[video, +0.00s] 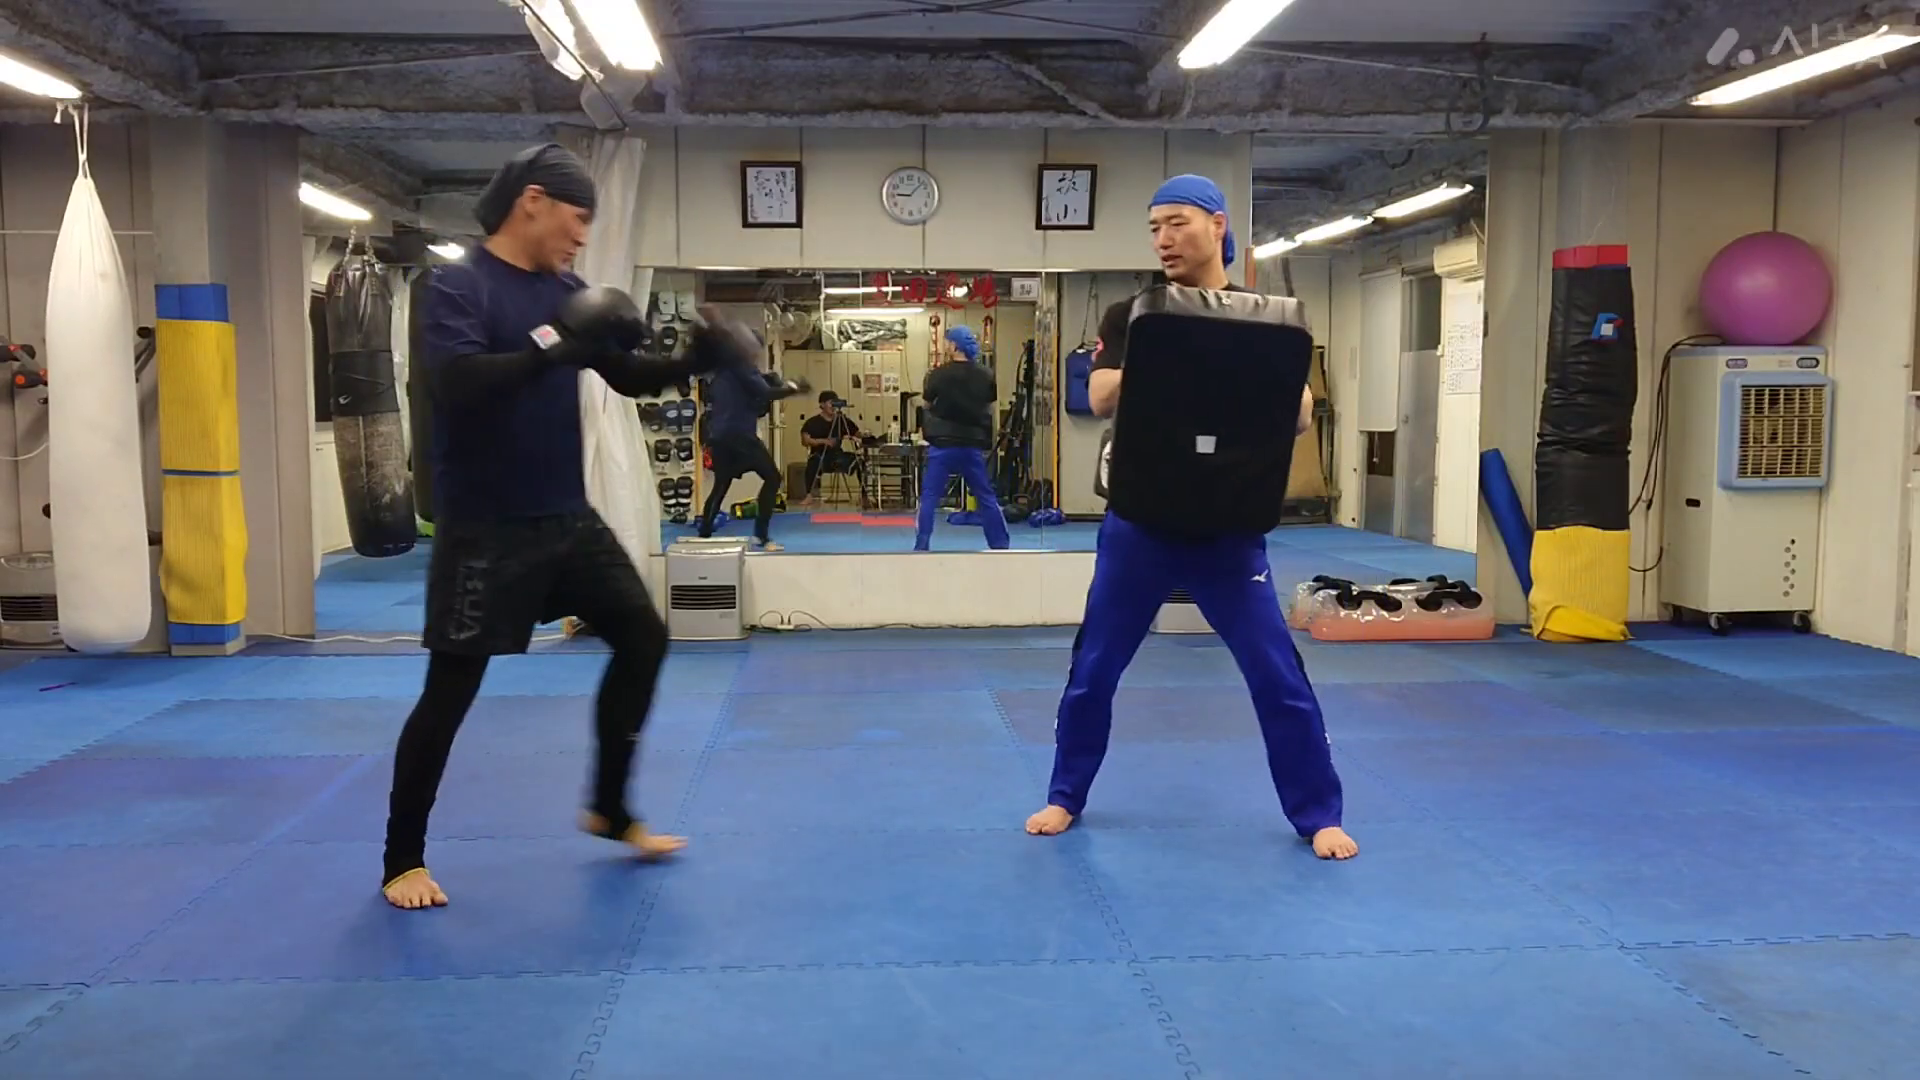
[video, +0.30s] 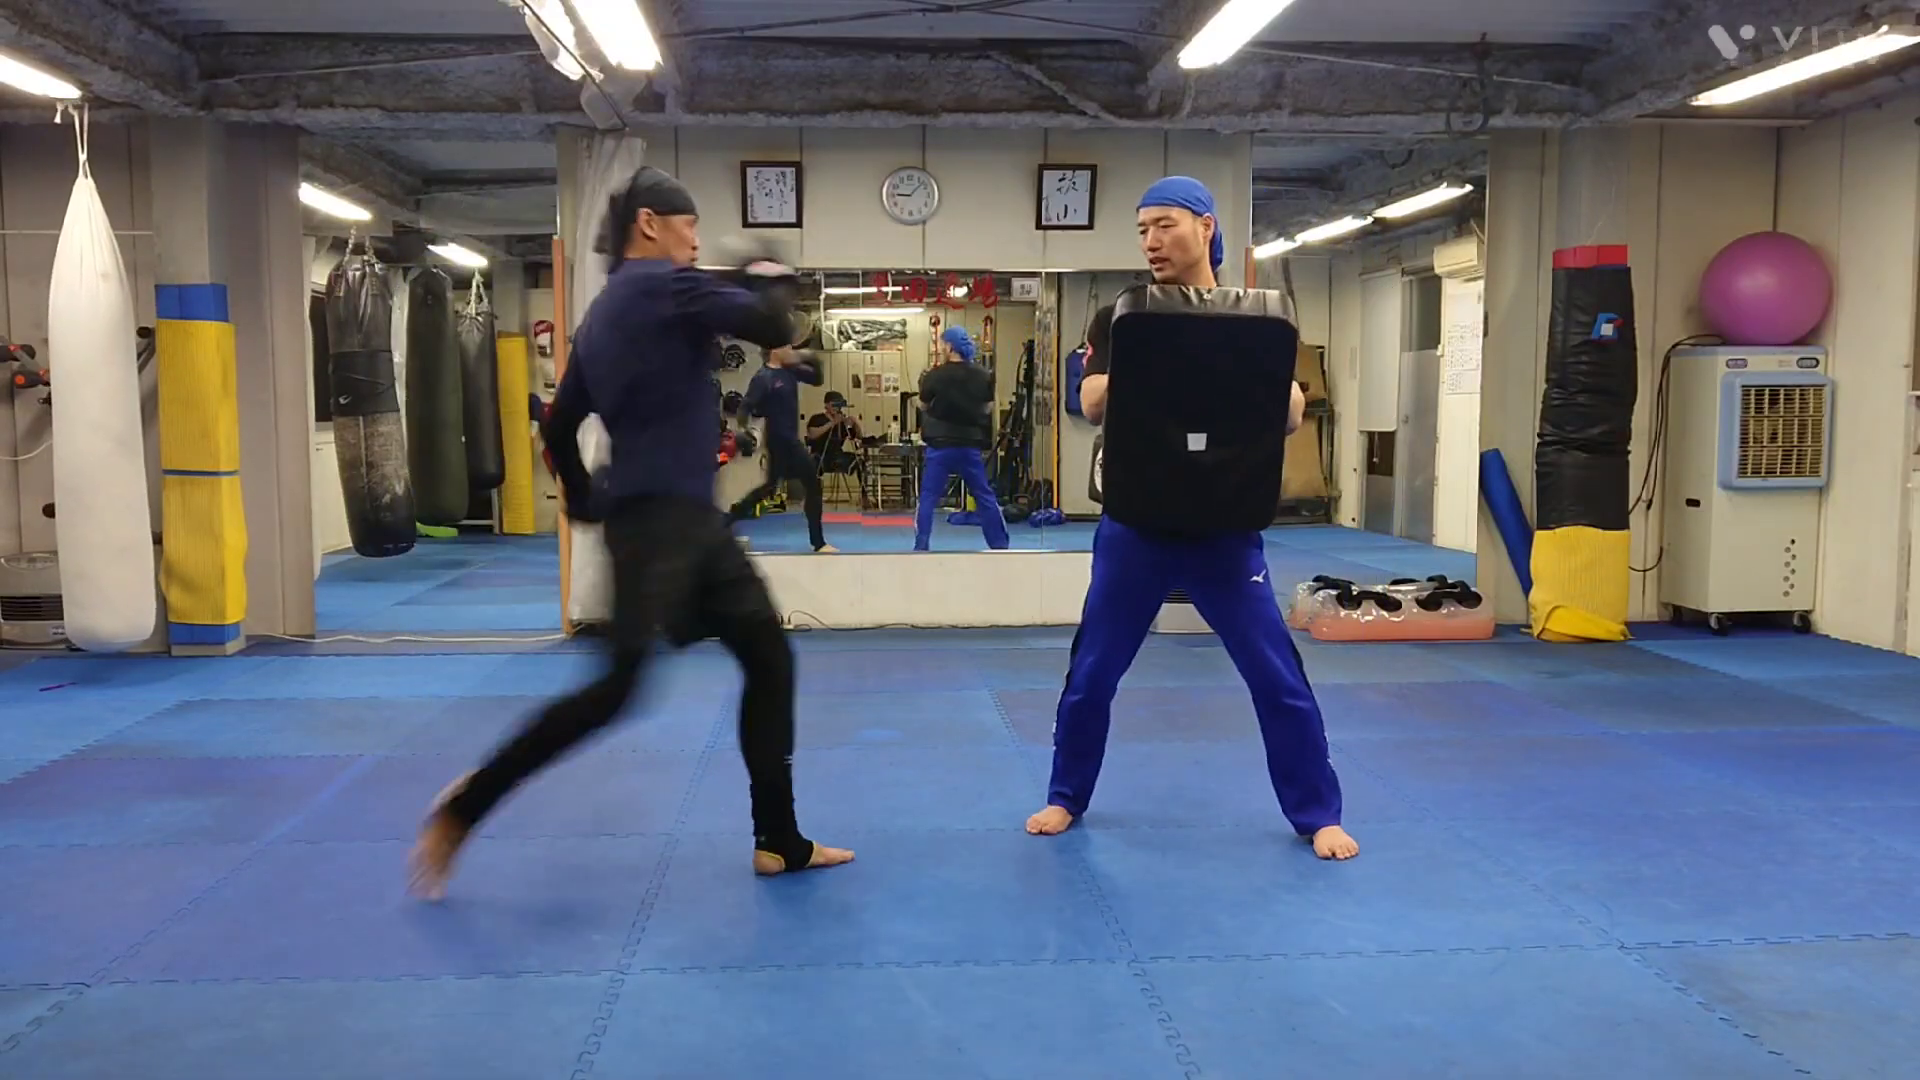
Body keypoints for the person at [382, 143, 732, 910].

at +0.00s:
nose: (583, 238)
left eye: (588, 223)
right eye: (577, 220)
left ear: (541, 209)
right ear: (531, 202)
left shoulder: (562, 296)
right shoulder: (453, 284)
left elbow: (624, 375)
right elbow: (452, 380)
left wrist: (693, 360)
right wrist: (550, 350)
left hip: (565, 522)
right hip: (482, 533)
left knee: (643, 639)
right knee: (448, 695)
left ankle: (608, 809)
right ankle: (403, 863)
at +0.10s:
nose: (617, 239)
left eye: (621, 225)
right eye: (610, 220)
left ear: (577, 214)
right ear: (566, 208)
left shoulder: (593, 302)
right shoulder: (501, 293)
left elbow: (633, 394)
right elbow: (499, 383)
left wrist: (706, 433)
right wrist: (615, 339)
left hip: (589, 524)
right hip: (508, 537)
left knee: (673, 641)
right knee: (465, 697)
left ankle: (702, 818)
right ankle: (407, 864)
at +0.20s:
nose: (662, 239)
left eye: (662, 225)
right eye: (653, 221)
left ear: (616, 222)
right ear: (610, 217)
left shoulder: (614, 308)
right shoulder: (569, 298)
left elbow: (605, 449)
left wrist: (668, 514)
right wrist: (706, 310)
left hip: (630, 538)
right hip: (561, 539)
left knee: (717, 648)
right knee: (499, 694)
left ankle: (772, 827)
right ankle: (414, 856)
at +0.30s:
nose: (696, 238)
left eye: (696, 227)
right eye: (688, 226)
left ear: (641, 231)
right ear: (649, 225)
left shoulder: (603, 314)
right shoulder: (667, 284)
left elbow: (559, 422)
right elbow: (771, 322)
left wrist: (583, 499)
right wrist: (768, 279)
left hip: (680, 518)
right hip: (658, 515)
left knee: (769, 659)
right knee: (620, 686)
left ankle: (779, 838)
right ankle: (463, 808)